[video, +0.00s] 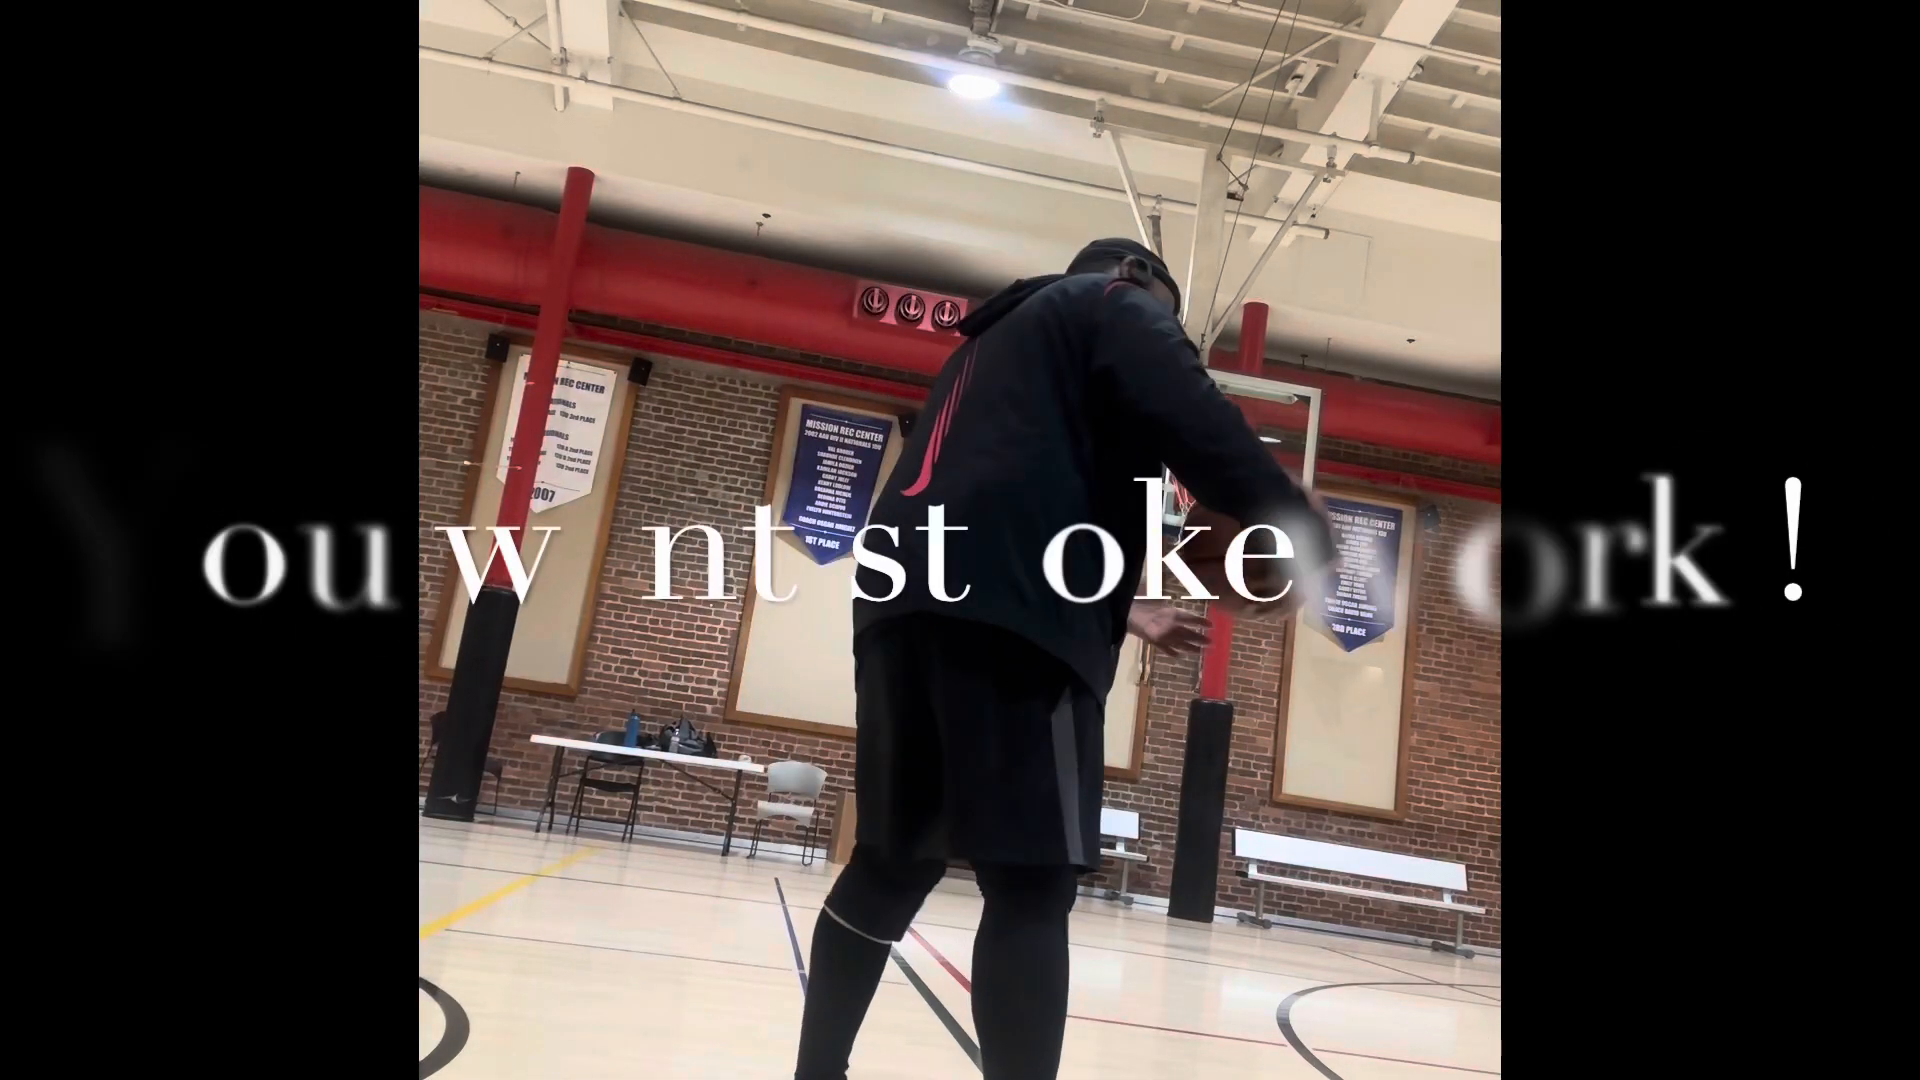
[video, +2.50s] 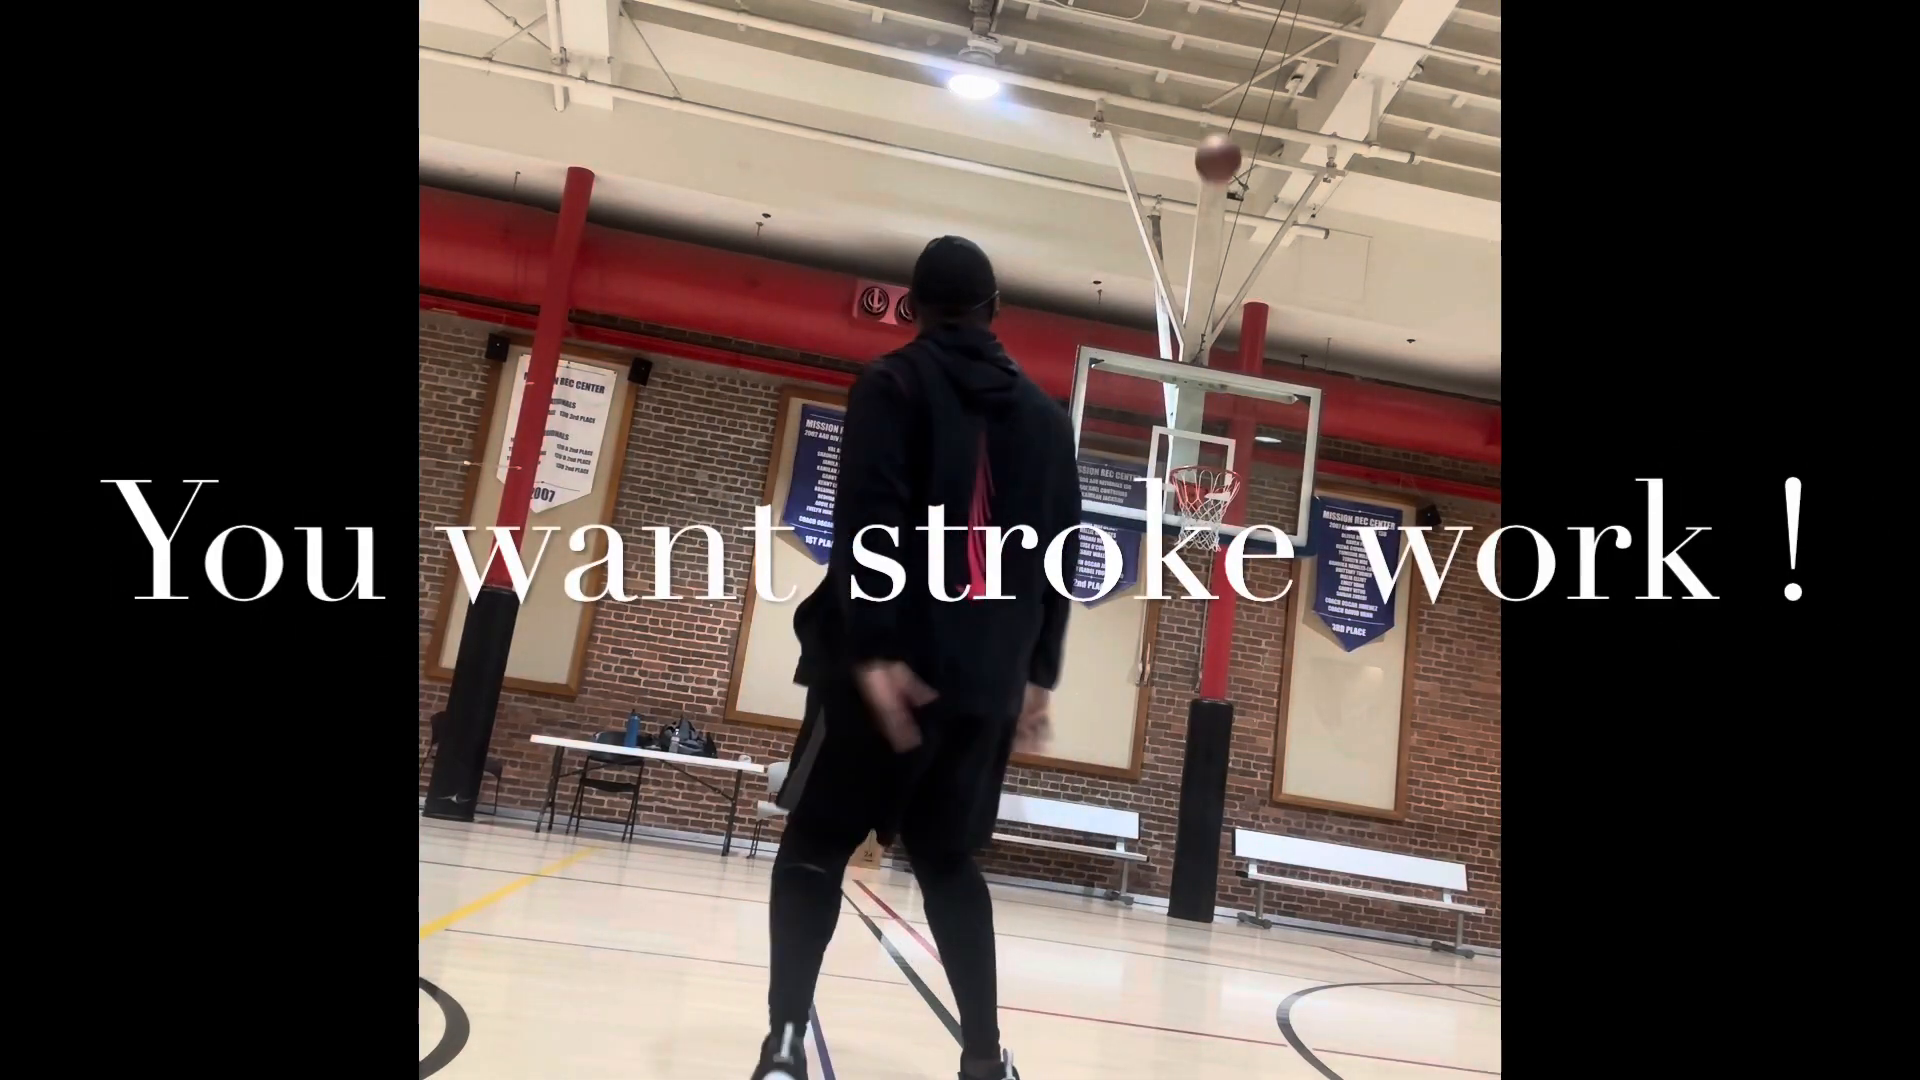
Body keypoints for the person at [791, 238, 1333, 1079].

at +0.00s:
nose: (1163, 333)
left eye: (1166, 321)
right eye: (1161, 315)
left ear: (1082, 273)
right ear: (1131, 282)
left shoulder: (992, 341)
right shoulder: (1115, 309)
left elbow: (1000, 507)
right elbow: (1204, 428)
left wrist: (1127, 599)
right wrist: (1298, 525)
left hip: (895, 611)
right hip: (1012, 626)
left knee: (892, 859)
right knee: (1030, 885)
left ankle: (817, 1068)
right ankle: (1020, 1071)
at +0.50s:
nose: (1107, 332)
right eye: (1108, 322)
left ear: (1012, 306)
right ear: (1089, 312)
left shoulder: (936, 367)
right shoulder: (1099, 345)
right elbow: (1220, 450)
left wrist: (1075, 640)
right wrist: (1183, 607)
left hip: (864, 619)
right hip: (1003, 626)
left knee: (836, 859)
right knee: (1019, 888)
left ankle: (781, 1067)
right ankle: (1017, 1072)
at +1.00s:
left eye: (906, 315)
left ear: (904, 326)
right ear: (984, 334)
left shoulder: (838, 394)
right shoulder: (1036, 404)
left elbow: (785, 546)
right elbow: (1092, 552)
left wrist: (852, 596)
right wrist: (1014, 617)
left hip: (837, 659)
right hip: (983, 669)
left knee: (819, 853)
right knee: (995, 885)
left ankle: (779, 1065)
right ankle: (1018, 1072)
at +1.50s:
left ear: (898, 367)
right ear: (980, 375)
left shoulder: (852, 431)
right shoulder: (1022, 461)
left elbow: (829, 393)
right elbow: (1086, 479)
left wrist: (909, 349)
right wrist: (1041, 395)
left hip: (858, 714)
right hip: (981, 731)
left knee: (816, 897)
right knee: (925, 893)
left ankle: (789, 1068)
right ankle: (981, 1071)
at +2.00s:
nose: (968, 216)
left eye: (963, 208)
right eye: (996, 206)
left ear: (957, 228)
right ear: (1033, 234)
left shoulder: (925, 282)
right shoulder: (1064, 304)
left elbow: (849, 210)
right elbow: (1076, 227)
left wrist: (845, 131)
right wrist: (1077, 139)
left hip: (912, 575)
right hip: (1021, 587)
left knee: (859, 773)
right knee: (989, 781)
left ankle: (825, 995)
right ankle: (1000, 1010)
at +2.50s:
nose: (912, 313)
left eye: (909, 299)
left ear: (913, 304)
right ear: (992, 308)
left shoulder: (890, 385)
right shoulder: (1040, 410)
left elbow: (868, 523)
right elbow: (1060, 548)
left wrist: (872, 649)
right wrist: (1040, 670)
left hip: (885, 665)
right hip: (987, 679)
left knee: (814, 845)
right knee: (949, 858)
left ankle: (787, 1037)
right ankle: (985, 1054)